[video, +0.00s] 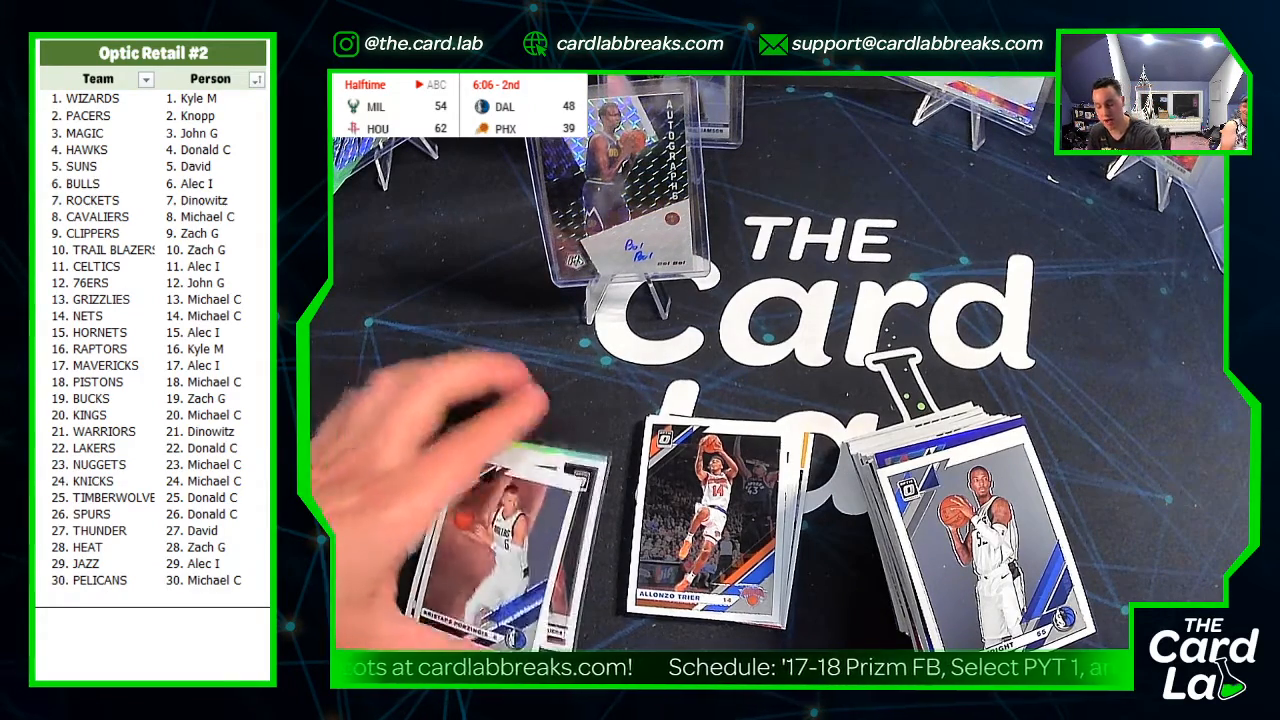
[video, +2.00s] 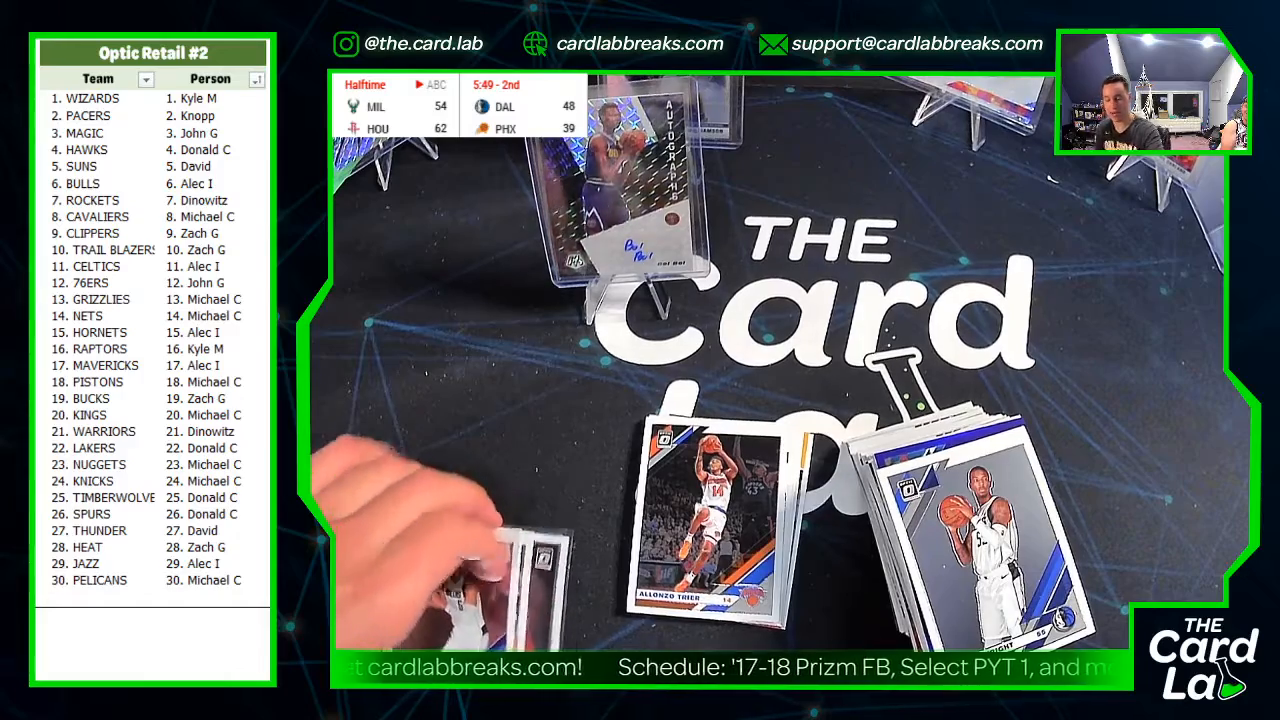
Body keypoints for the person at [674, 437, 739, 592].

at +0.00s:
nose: (714, 463)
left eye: (717, 462)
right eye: (713, 461)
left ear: (721, 465)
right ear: (709, 465)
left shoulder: (727, 476)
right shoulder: (706, 476)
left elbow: (734, 468)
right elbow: (698, 470)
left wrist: (722, 452)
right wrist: (700, 450)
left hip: (721, 513)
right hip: (706, 507)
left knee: (707, 550)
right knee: (704, 512)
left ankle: (688, 579)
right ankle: (688, 540)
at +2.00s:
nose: (714, 464)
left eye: (717, 462)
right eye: (713, 462)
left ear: (721, 465)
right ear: (709, 465)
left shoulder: (727, 476)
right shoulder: (706, 477)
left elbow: (734, 469)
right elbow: (699, 471)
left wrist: (721, 452)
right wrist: (700, 451)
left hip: (720, 513)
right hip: (706, 507)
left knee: (707, 550)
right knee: (704, 512)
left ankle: (688, 579)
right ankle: (688, 540)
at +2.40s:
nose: (715, 463)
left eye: (717, 462)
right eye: (713, 461)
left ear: (721, 465)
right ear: (709, 465)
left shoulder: (727, 475)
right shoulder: (706, 477)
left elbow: (734, 469)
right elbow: (698, 471)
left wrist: (721, 452)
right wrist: (700, 450)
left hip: (720, 512)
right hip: (706, 507)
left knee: (707, 549)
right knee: (704, 511)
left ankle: (688, 578)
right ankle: (688, 540)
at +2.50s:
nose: (715, 463)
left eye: (717, 462)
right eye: (713, 461)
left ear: (721, 465)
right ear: (709, 465)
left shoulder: (727, 476)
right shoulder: (706, 477)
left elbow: (734, 469)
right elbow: (698, 470)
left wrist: (721, 452)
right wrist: (700, 450)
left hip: (720, 513)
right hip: (706, 507)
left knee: (707, 549)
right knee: (704, 511)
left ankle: (688, 578)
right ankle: (688, 540)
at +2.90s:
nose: (714, 463)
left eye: (717, 461)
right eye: (712, 461)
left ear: (721, 465)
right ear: (709, 465)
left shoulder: (727, 476)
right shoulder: (705, 476)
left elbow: (734, 468)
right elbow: (698, 471)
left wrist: (721, 452)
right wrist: (700, 450)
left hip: (720, 512)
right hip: (706, 506)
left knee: (707, 549)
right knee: (704, 511)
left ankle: (689, 578)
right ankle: (688, 540)